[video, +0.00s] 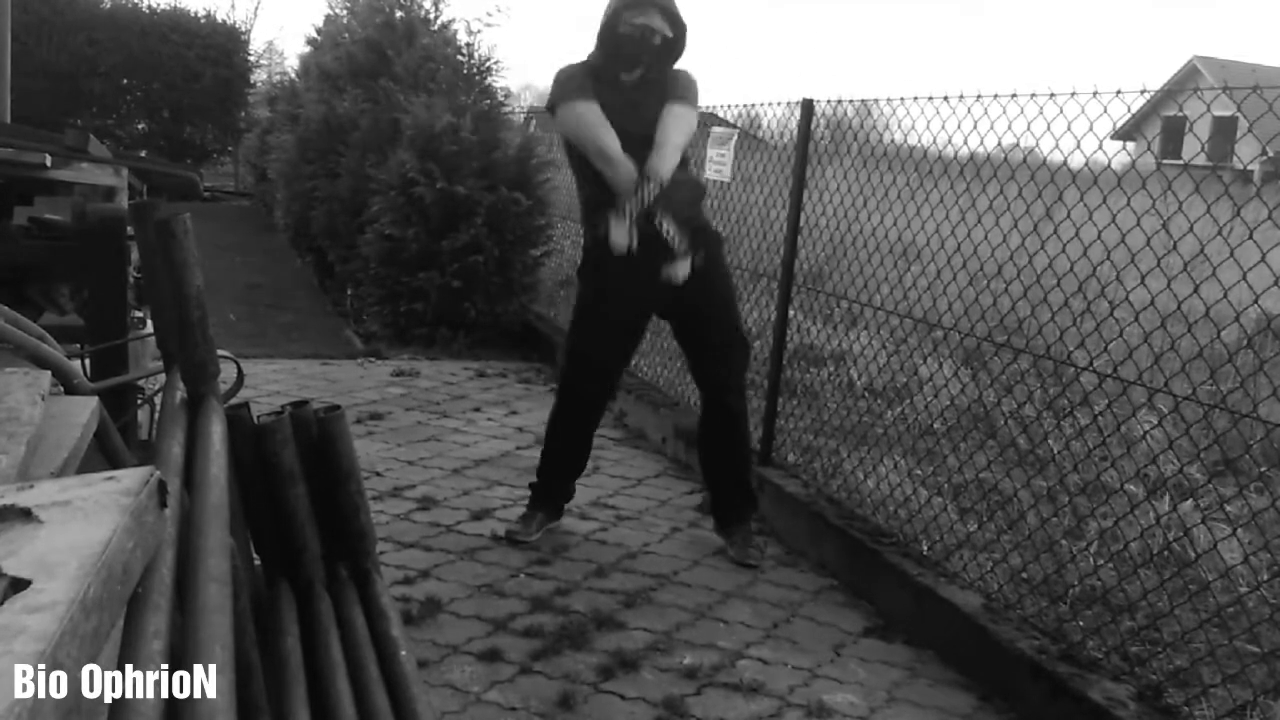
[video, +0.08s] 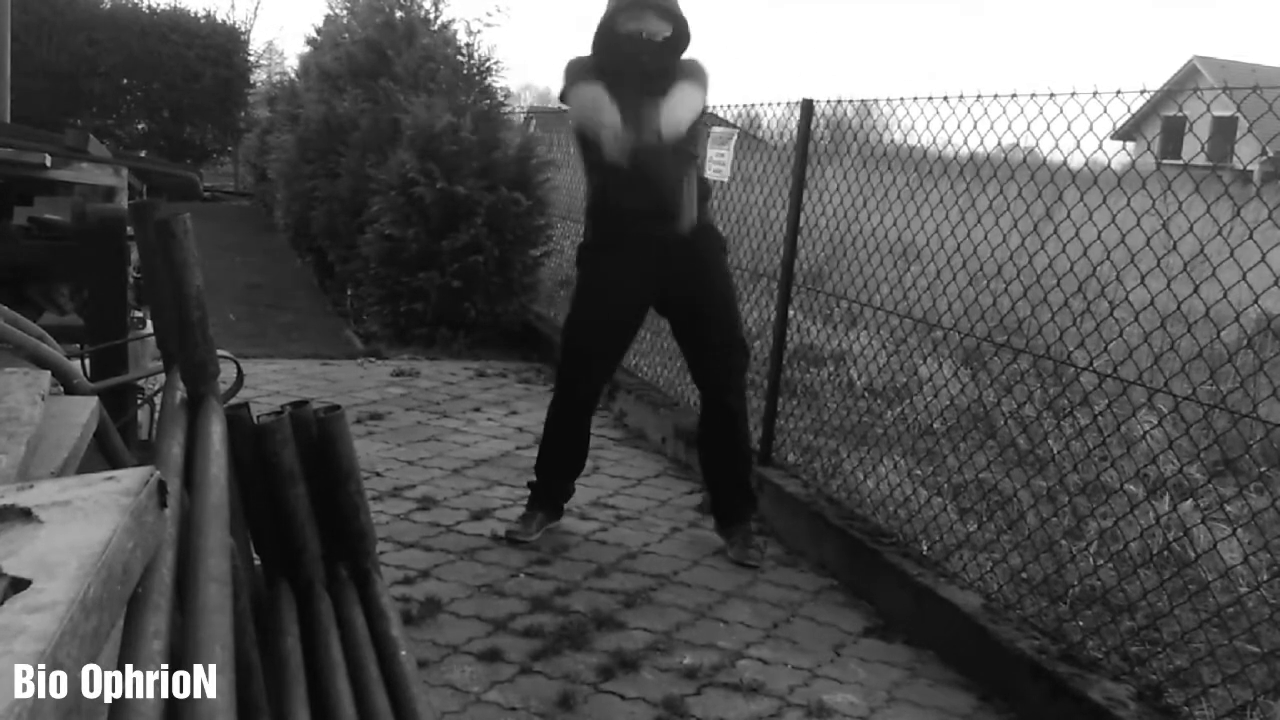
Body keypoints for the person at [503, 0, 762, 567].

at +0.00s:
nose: (644, 44)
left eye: (657, 37)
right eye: (634, 30)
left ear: (670, 46)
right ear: (611, 29)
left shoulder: (679, 85)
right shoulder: (572, 82)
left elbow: (672, 144)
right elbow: (603, 152)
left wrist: (648, 190)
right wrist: (647, 214)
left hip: (689, 255)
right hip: (615, 254)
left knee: (725, 378)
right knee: (584, 383)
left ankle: (736, 518)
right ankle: (546, 503)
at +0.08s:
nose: (645, 48)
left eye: (658, 39)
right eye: (633, 35)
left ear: (676, 43)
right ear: (609, 35)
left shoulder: (688, 77)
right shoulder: (586, 77)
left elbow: (681, 108)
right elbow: (590, 109)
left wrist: (651, 126)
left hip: (690, 254)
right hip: (616, 251)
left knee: (725, 377)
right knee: (578, 377)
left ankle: (735, 518)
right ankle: (546, 502)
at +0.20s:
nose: (657, 35)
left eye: (667, 26)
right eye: (647, 30)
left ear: (691, 22)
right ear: (643, 23)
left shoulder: (726, 61)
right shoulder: (628, 57)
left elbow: (693, 58)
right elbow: (607, 75)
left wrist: (671, 0)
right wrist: (623, 12)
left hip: (688, 247)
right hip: (616, 241)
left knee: (710, 387)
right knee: (577, 375)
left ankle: (728, 519)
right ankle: (542, 498)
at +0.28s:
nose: (655, 51)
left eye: (664, 39)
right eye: (648, 42)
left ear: (696, 35)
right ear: (646, 39)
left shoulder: (742, 75)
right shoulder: (648, 81)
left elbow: (702, 62)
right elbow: (610, 74)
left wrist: (700, 9)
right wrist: (614, 8)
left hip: (683, 255)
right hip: (615, 246)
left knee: (700, 392)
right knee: (576, 375)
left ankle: (724, 523)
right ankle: (541, 497)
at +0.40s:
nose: (669, 66)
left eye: (682, 55)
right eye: (660, 55)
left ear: (712, 52)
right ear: (652, 58)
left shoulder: (750, 103)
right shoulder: (652, 102)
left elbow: (737, 151)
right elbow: (612, 171)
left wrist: (734, 83)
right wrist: (617, 105)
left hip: (680, 267)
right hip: (616, 253)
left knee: (694, 399)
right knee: (566, 370)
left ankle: (723, 525)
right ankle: (544, 497)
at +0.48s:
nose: (673, 54)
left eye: (687, 44)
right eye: (664, 43)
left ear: (713, 44)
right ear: (652, 41)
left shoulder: (745, 97)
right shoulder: (641, 87)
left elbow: (775, 178)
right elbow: (592, 160)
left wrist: (743, 115)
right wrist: (620, 103)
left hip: (682, 261)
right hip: (613, 248)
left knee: (700, 396)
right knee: (568, 372)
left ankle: (723, 526)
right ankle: (543, 497)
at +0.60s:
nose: (682, 52)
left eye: (696, 44)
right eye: (672, 40)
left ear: (712, 38)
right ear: (656, 26)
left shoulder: (729, 75)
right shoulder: (623, 54)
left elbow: (771, 139)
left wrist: (744, 138)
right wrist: (593, 82)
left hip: (685, 259)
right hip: (610, 249)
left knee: (707, 389)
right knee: (567, 376)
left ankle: (727, 524)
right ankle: (542, 500)